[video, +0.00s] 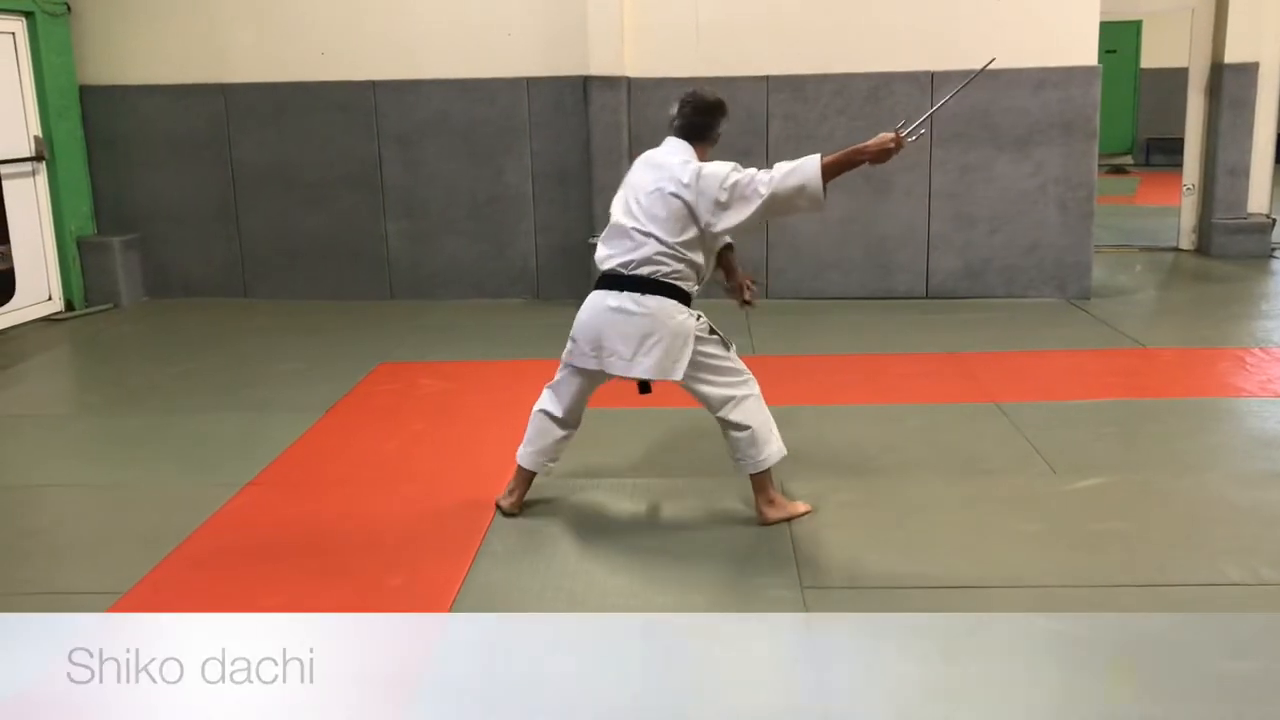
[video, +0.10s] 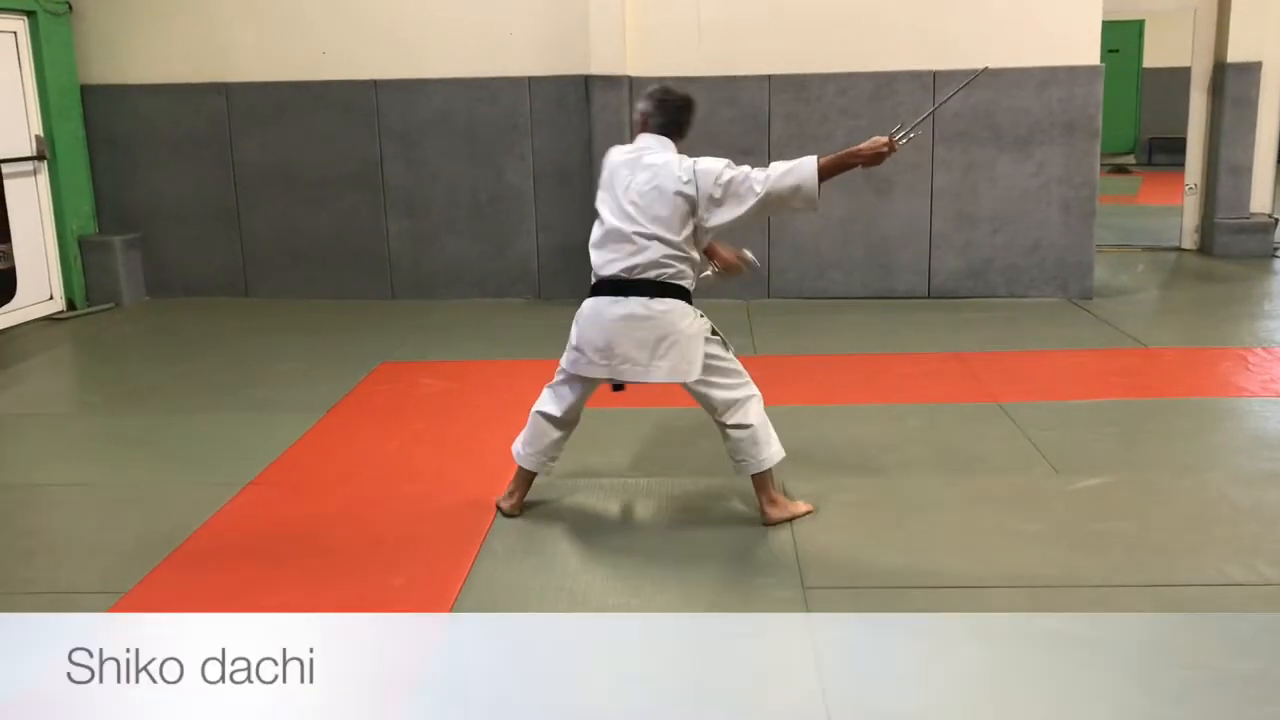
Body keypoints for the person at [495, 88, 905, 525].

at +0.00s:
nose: (717, 143)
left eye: (712, 136)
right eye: (716, 136)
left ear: (674, 126)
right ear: (712, 136)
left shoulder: (643, 165)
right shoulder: (707, 176)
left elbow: (694, 226)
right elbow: (784, 181)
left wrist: (731, 270)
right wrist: (863, 153)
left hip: (601, 305)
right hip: (665, 314)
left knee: (564, 393)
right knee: (736, 391)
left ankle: (514, 490)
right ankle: (768, 498)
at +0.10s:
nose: (631, 123)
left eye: (636, 117)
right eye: (636, 116)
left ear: (642, 122)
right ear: (682, 130)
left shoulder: (615, 161)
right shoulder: (695, 173)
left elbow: (656, 216)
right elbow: (774, 181)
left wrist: (710, 248)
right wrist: (855, 156)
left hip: (600, 313)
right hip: (668, 316)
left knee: (561, 396)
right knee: (735, 395)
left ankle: (514, 493)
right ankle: (771, 501)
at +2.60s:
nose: (479, 137)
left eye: (489, 128)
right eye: (477, 127)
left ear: (524, 128)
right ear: (479, 123)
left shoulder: (569, 173)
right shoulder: (471, 174)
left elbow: (618, 222)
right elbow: (500, 245)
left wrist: (654, 276)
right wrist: (565, 278)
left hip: (544, 315)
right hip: (477, 311)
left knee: (566, 407)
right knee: (429, 398)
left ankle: (569, 503)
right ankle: (393, 473)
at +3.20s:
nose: (390, 160)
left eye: (395, 151)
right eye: (389, 151)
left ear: (425, 148)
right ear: (424, 149)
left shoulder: (473, 201)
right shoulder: (418, 197)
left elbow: (432, 282)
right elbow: (363, 216)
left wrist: (383, 275)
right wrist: (296, 203)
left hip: (504, 330)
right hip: (454, 333)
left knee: (531, 431)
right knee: (394, 395)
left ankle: (585, 501)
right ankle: (387, 480)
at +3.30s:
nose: (392, 155)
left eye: (396, 145)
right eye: (391, 146)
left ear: (424, 145)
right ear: (425, 145)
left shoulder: (476, 200)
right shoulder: (419, 196)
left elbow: (434, 279)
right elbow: (364, 216)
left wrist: (387, 276)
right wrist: (295, 204)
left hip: (505, 332)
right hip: (454, 332)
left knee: (532, 431)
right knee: (392, 395)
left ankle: (586, 500)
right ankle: (387, 479)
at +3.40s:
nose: (394, 154)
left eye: (399, 144)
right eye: (393, 145)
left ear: (428, 144)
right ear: (429, 145)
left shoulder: (480, 199)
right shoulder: (420, 196)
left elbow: (439, 277)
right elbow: (364, 218)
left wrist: (390, 275)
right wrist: (294, 207)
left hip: (506, 332)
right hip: (455, 334)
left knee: (535, 430)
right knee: (392, 394)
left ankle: (588, 501)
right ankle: (388, 479)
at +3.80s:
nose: (398, 155)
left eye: (402, 146)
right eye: (397, 147)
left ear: (429, 146)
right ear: (430, 145)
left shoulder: (483, 202)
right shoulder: (421, 196)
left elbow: (441, 279)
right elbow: (365, 219)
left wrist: (391, 275)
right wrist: (293, 209)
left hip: (505, 331)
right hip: (452, 331)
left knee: (535, 429)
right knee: (387, 394)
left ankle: (587, 500)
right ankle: (387, 478)